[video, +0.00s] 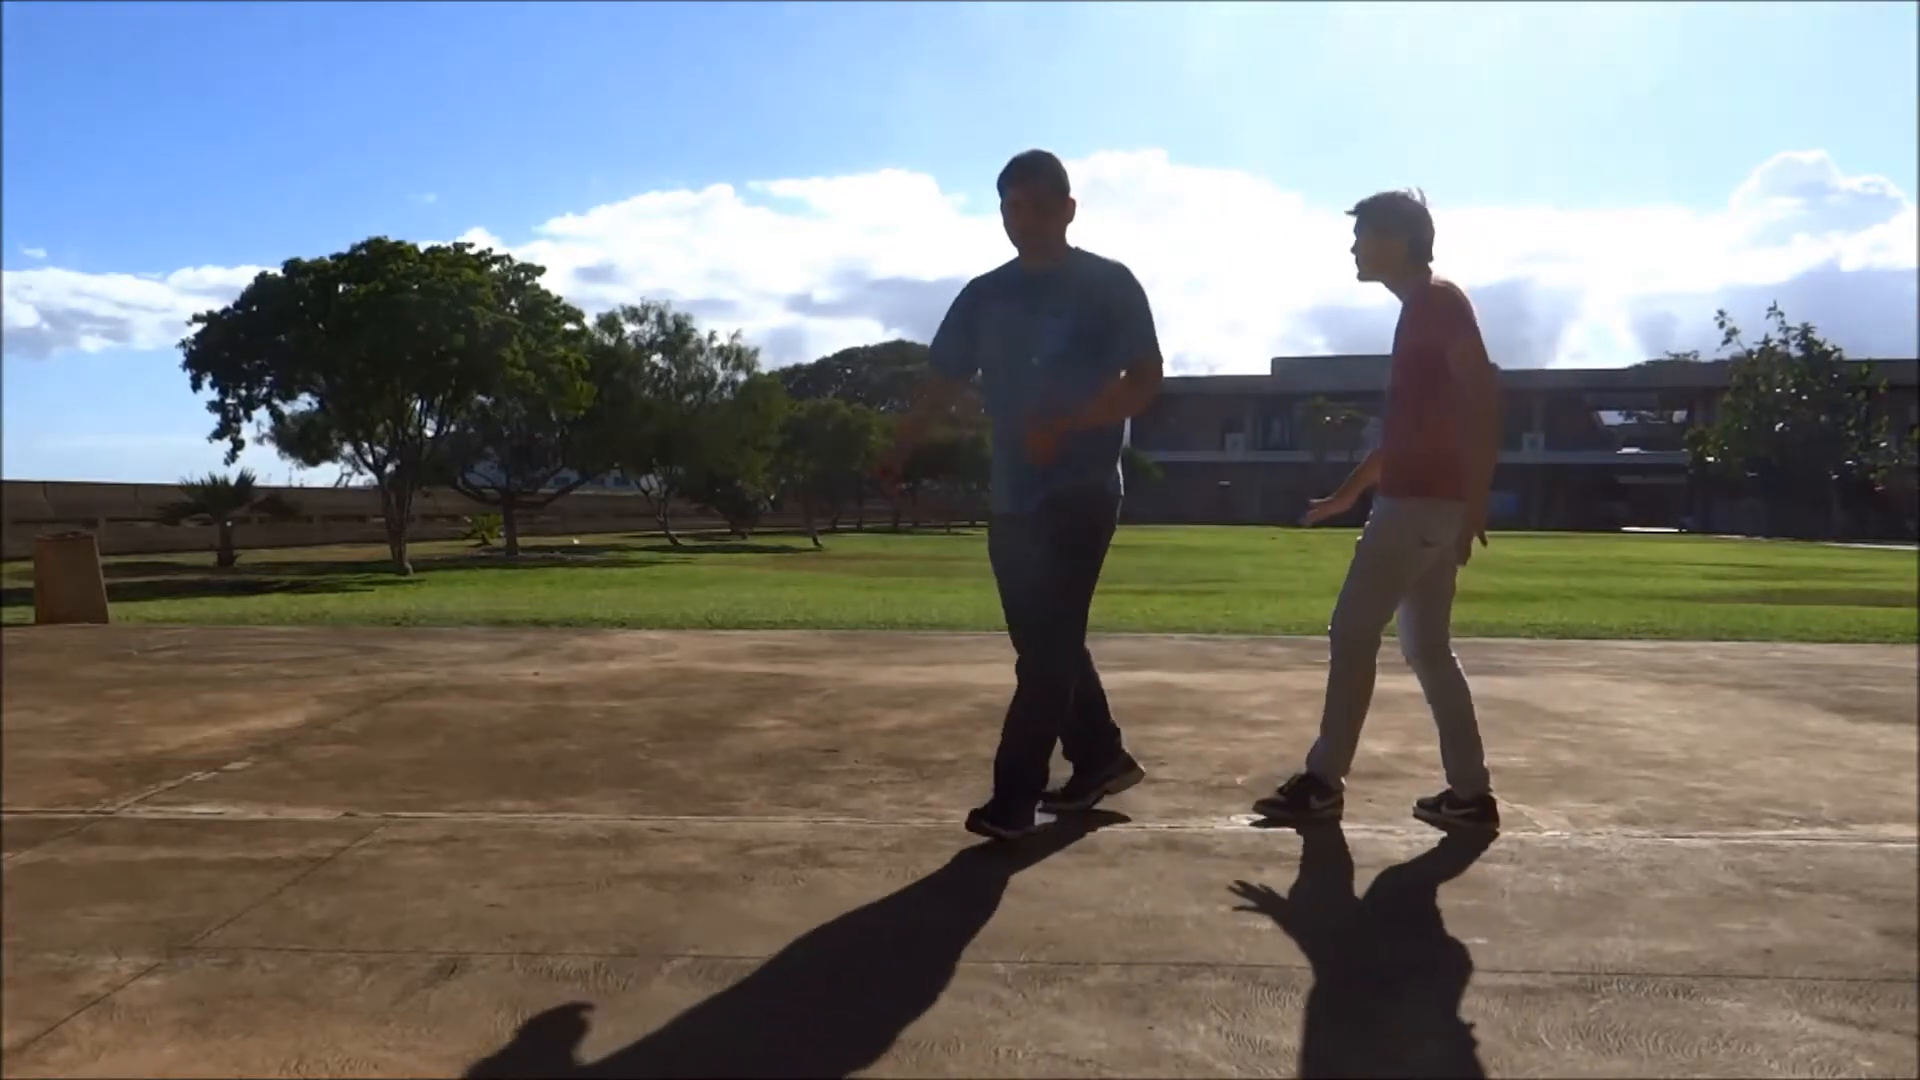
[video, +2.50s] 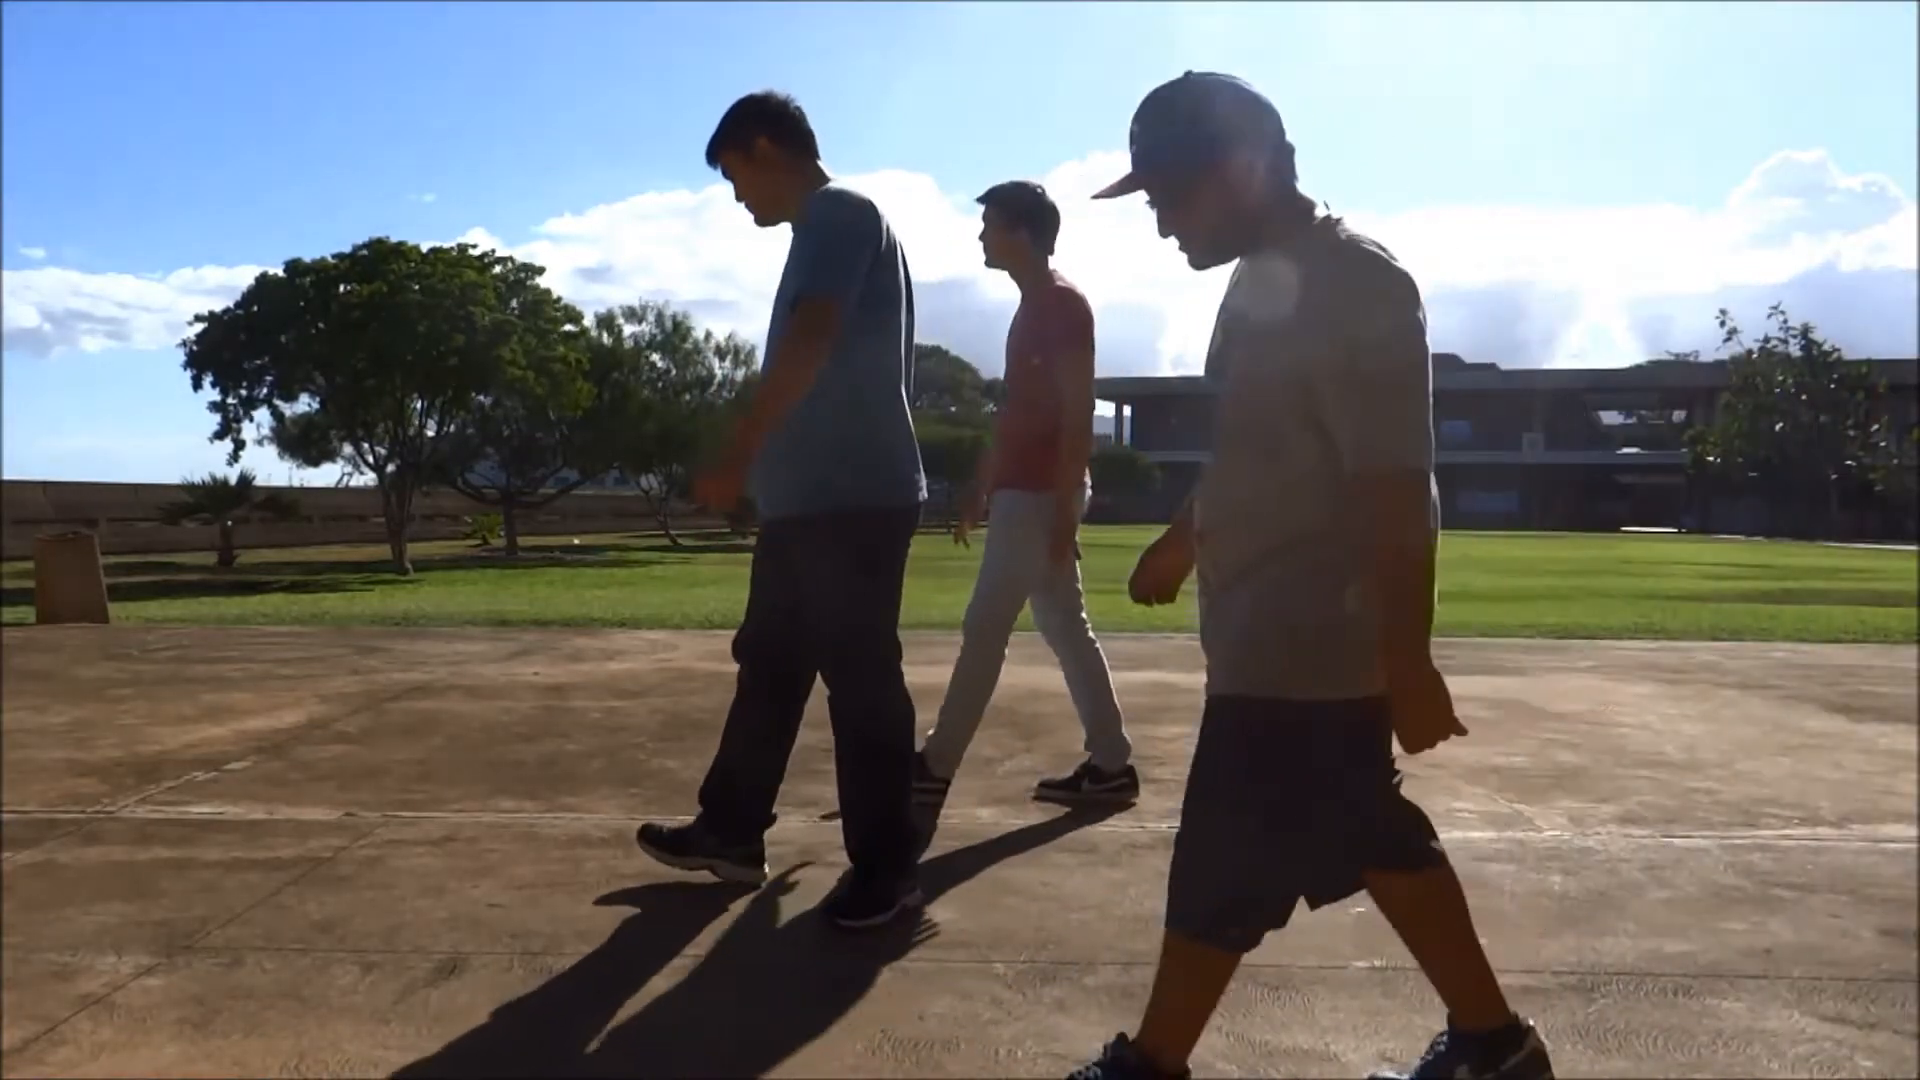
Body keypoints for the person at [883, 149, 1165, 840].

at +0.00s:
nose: (1017, 214)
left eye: (1031, 200)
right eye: (1008, 203)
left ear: (1066, 205)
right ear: (1000, 210)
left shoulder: (1111, 284)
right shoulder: (984, 295)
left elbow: (1145, 379)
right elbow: (937, 384)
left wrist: (1078, 421)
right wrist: (898, 450)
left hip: (1083, 492)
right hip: (1012, 496)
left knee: (1049, 637)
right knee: (1041, 635)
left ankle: (1015, 800)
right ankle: (1101, 756)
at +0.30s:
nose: (994, 206)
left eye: (1009, 192)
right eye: (983, 194)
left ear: (1042, 194)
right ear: (972, 200)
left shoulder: (1086, 277)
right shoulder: (952, 286)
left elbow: (1117, 378)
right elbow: (919, 383)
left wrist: (1081, 472)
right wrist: (896, 452)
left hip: (1045, 490)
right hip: (967, 492)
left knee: (1020, 634)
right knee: (954, 626)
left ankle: (1005, 803)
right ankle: (1024, 740)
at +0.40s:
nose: (982, 202)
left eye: (996, 188)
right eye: (971, 191)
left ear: (1032, 191)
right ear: (962, 199)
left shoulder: (1075, 274)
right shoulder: (942, 285)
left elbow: (1105, 382)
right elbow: (913, 390)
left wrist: (1086, 476)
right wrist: (890, 465)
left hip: (1037, 494)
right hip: (955, 494)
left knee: (1018, 647)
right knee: (935, 634)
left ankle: (1007, 802)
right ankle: (954, 767)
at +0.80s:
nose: (921, 205)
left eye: (937, 189)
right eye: (911, 192)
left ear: (975, 190)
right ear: (901, 198)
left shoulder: (1025, 277)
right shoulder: (880, 286)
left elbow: (1053, 388)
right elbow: (863, 400)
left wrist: (1044, 484)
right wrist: (845, 494)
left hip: (989, 505)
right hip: (899, 506)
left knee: (994, 664)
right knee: (872, 662)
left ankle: (1005, 805)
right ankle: (839, 813)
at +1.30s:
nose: (838, 188)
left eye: (853, 172)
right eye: (825, 175)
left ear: (886, 173)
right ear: (810, 180)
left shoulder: (934, 262)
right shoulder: (779, 270)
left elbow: (959, 375)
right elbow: (742, 382)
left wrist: (924, 477)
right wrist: (719, 479)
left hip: (912, 498)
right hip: (814, 504)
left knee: (920, 659)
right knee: (816, 667)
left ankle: (950, 804)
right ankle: (831, 818)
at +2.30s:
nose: (760, 191)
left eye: (759, 170)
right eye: (753, 175)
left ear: (798, 147)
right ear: (797, 152)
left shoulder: (881, 219)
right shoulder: (812, 252)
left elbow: (880, 348)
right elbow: (809, 386)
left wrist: (840, 462)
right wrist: (778, 493)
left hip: (876, 499)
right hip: (814, 502)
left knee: (878, 676)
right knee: (780, 662)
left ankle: (887, 871)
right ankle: (750, 829)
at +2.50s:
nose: (741, 202)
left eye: (736, 180)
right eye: (732, 186)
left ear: (768, 151)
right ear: (783, 149)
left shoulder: (835, 213)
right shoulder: (849, 228)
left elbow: (807, 346)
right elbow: (853, 371)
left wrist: (734, 458)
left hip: (848, 502)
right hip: (813, 504)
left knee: (864, 682)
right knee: (770, 665)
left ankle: (885, 871)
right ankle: (729, 832)